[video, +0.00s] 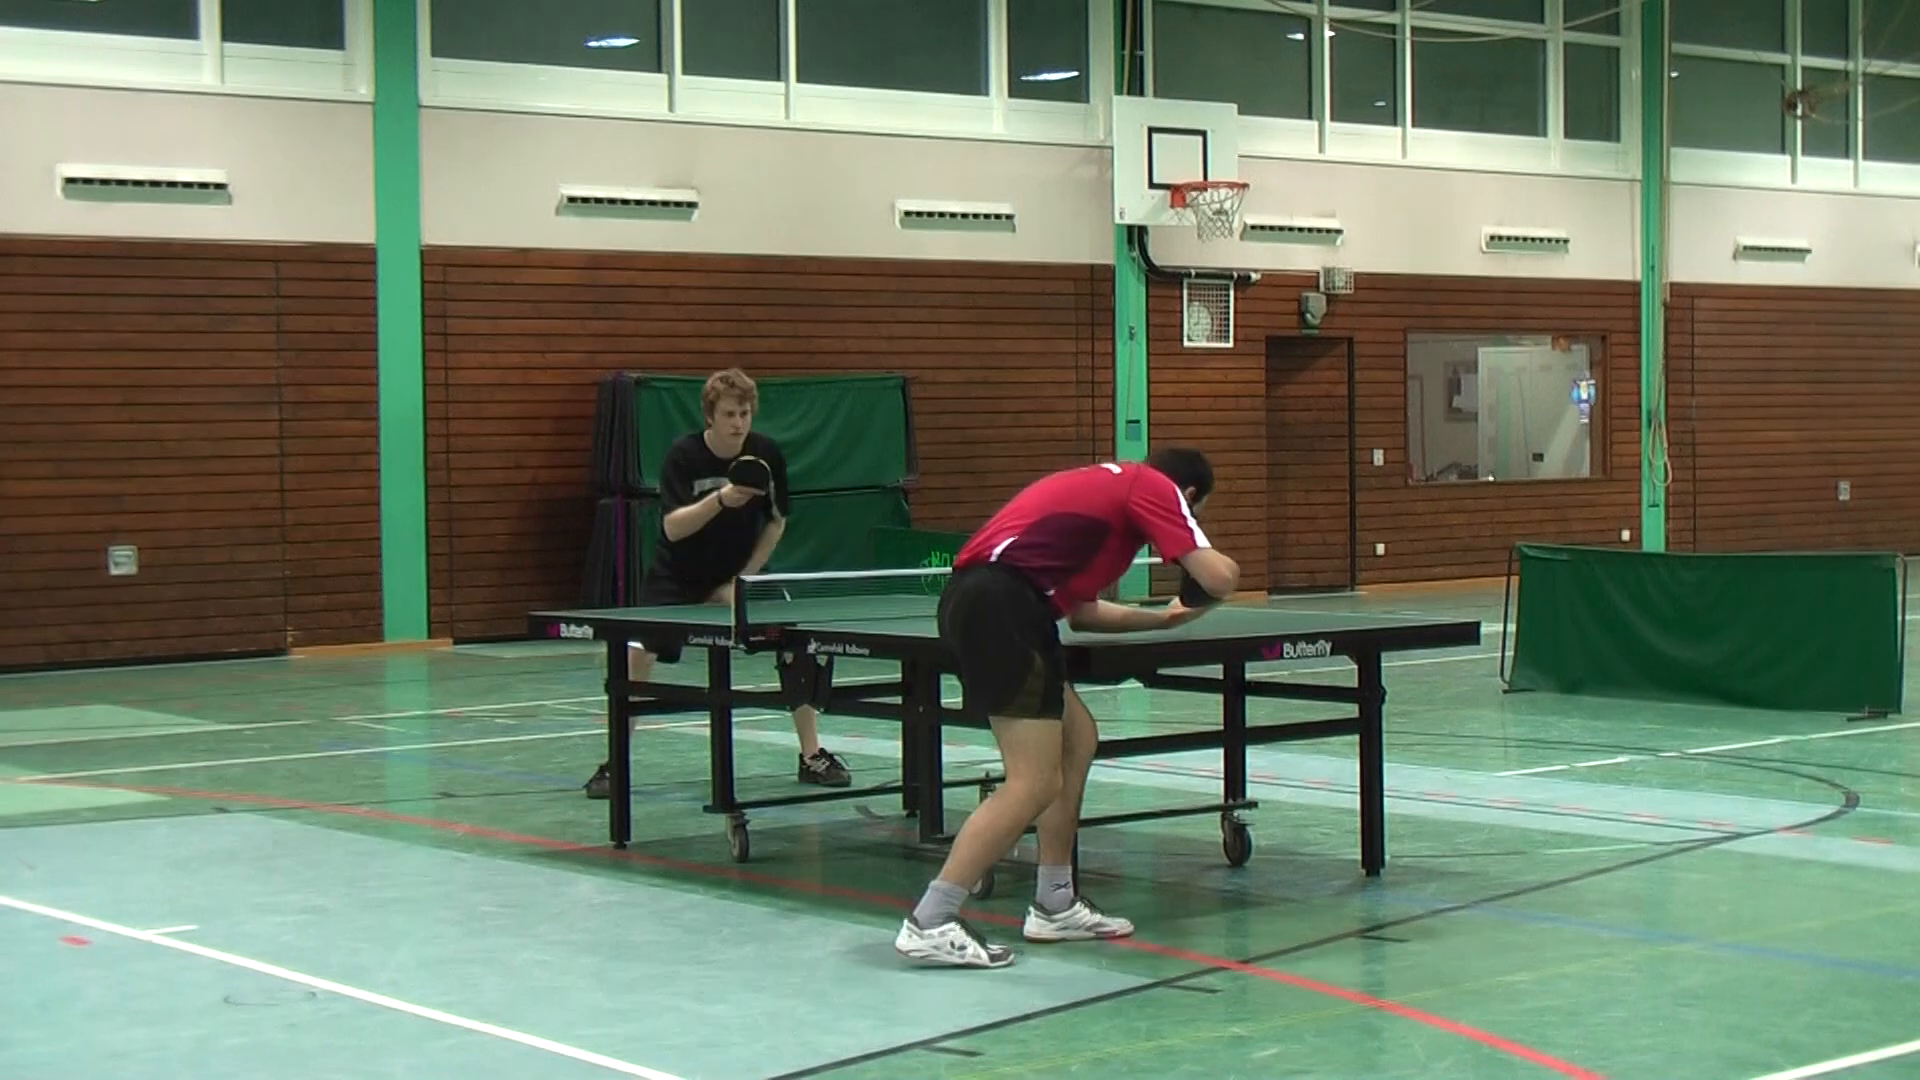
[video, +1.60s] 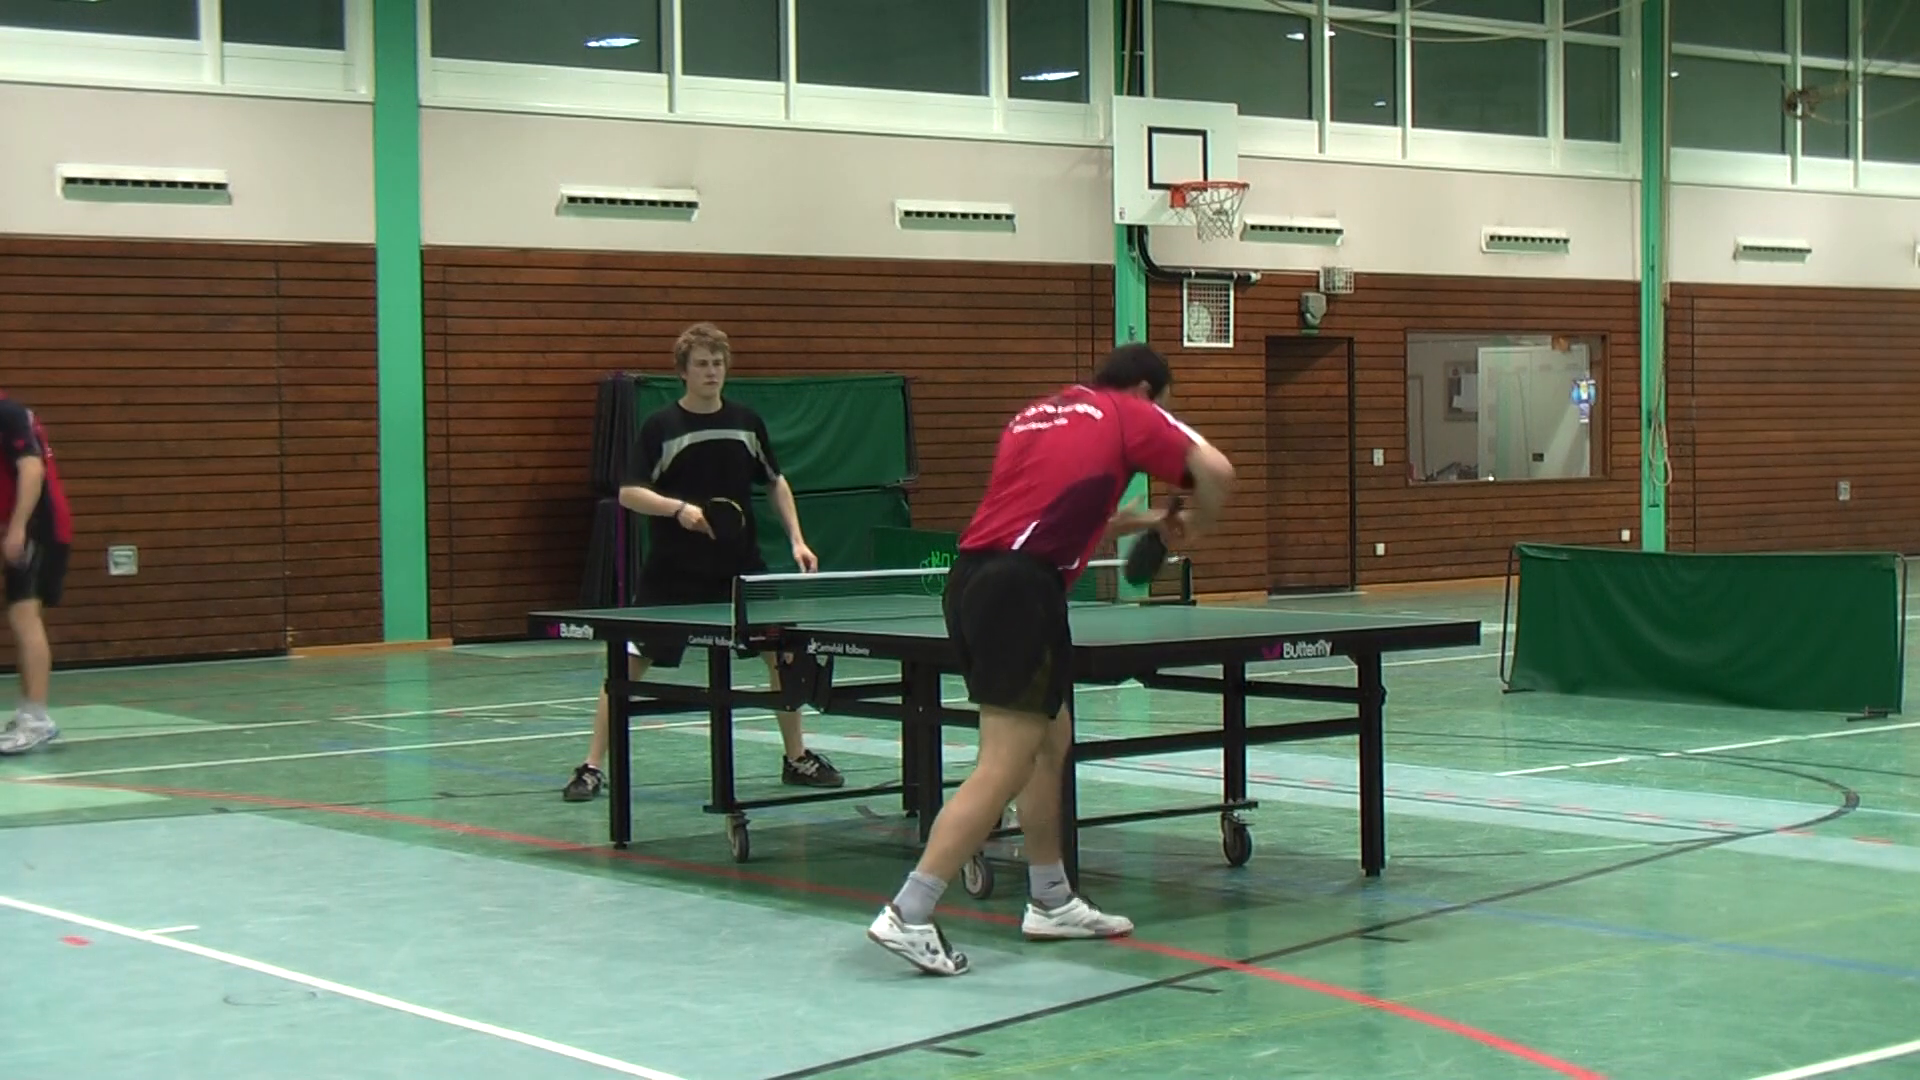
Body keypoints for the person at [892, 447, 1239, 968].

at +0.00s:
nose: (1193, 514)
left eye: (1195, 508)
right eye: (1196, 505)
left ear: (1151, 468)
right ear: (1185, 490)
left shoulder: (1101, 496)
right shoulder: (1150, 485)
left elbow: (1080, 611)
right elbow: (1218, 576)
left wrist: (1167, 617)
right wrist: (1211, 587)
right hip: (998, 600)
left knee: (1079, 736)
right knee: (1035, 780)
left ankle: (1055, 905)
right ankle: (928, 922)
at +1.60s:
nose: (1160, 413)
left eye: (1161, 404)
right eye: (1160, 403)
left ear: (1105, 379)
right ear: (1143, 391)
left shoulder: (1038, 412)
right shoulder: (1128, 411)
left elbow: (1059, 517)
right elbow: (1217, 471)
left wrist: (1146, 521)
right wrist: (1199, 523)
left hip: (974, 579)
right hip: (1020, 585)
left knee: (1050, 739)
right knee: (1003, 765)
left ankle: (1051, 901)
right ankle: (908, 914)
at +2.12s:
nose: (1175, 394)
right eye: (1172, 383)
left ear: (1110, 375)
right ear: (1165, 379)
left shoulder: (1056, 417)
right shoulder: (1169, 402)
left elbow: (997, 525)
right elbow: (1226, 497)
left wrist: (982, 617)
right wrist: (1236, 442)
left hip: (1028, 593)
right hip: (1099, 593)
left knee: (1038, 754)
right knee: (1133, 765)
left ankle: (995, 911)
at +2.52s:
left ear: (1262, 375)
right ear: (1322, 378)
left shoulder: (1213, 434)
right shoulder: (1352, 438)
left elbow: (1171, 533)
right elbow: (1387, 532)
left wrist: (1164, 635)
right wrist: (1348, 571)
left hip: (1219, 630)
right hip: (1309, 632)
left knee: (1144, 773)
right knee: (1392, 758)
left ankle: (1063, 912)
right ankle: (1434, 922)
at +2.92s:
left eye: (1308, 363)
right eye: (1358, 381)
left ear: (1302, 365)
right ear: (1362, 379)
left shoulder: (1241, 416)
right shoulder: (1369, 437)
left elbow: (1172, 504)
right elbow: (1384, 551)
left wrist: (1156, 586)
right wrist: (1444, 583)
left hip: (1235, 624)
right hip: (1325, 627)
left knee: (1170, 767)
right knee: (1401, 767)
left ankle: (1129, 925)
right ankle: (1451, 927)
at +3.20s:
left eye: (1247, 371)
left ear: (1249, 377)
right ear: (1304, 396)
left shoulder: (1224, 411)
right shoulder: (1298, 454)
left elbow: (1141, 442)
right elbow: (1260, 536)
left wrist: (1049, 476)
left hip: (1200, 606)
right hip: (1280, 615)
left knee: (1136, 762)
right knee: (1338, 778)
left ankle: (1122, 928)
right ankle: (1436, 925)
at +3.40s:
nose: (1198, 390)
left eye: (1201, 381)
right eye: (1203, 382)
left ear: (1210, 385)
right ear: (1261, 391)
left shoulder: (1226, 406)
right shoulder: (1242, 458)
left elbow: (1253, 437)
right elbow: (1128, 521)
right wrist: (1036, 493)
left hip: (1232, 604)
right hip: (1298, 608)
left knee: (1143, 760)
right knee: (1315, 769)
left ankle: (1123, 928)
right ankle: (1435, 875)